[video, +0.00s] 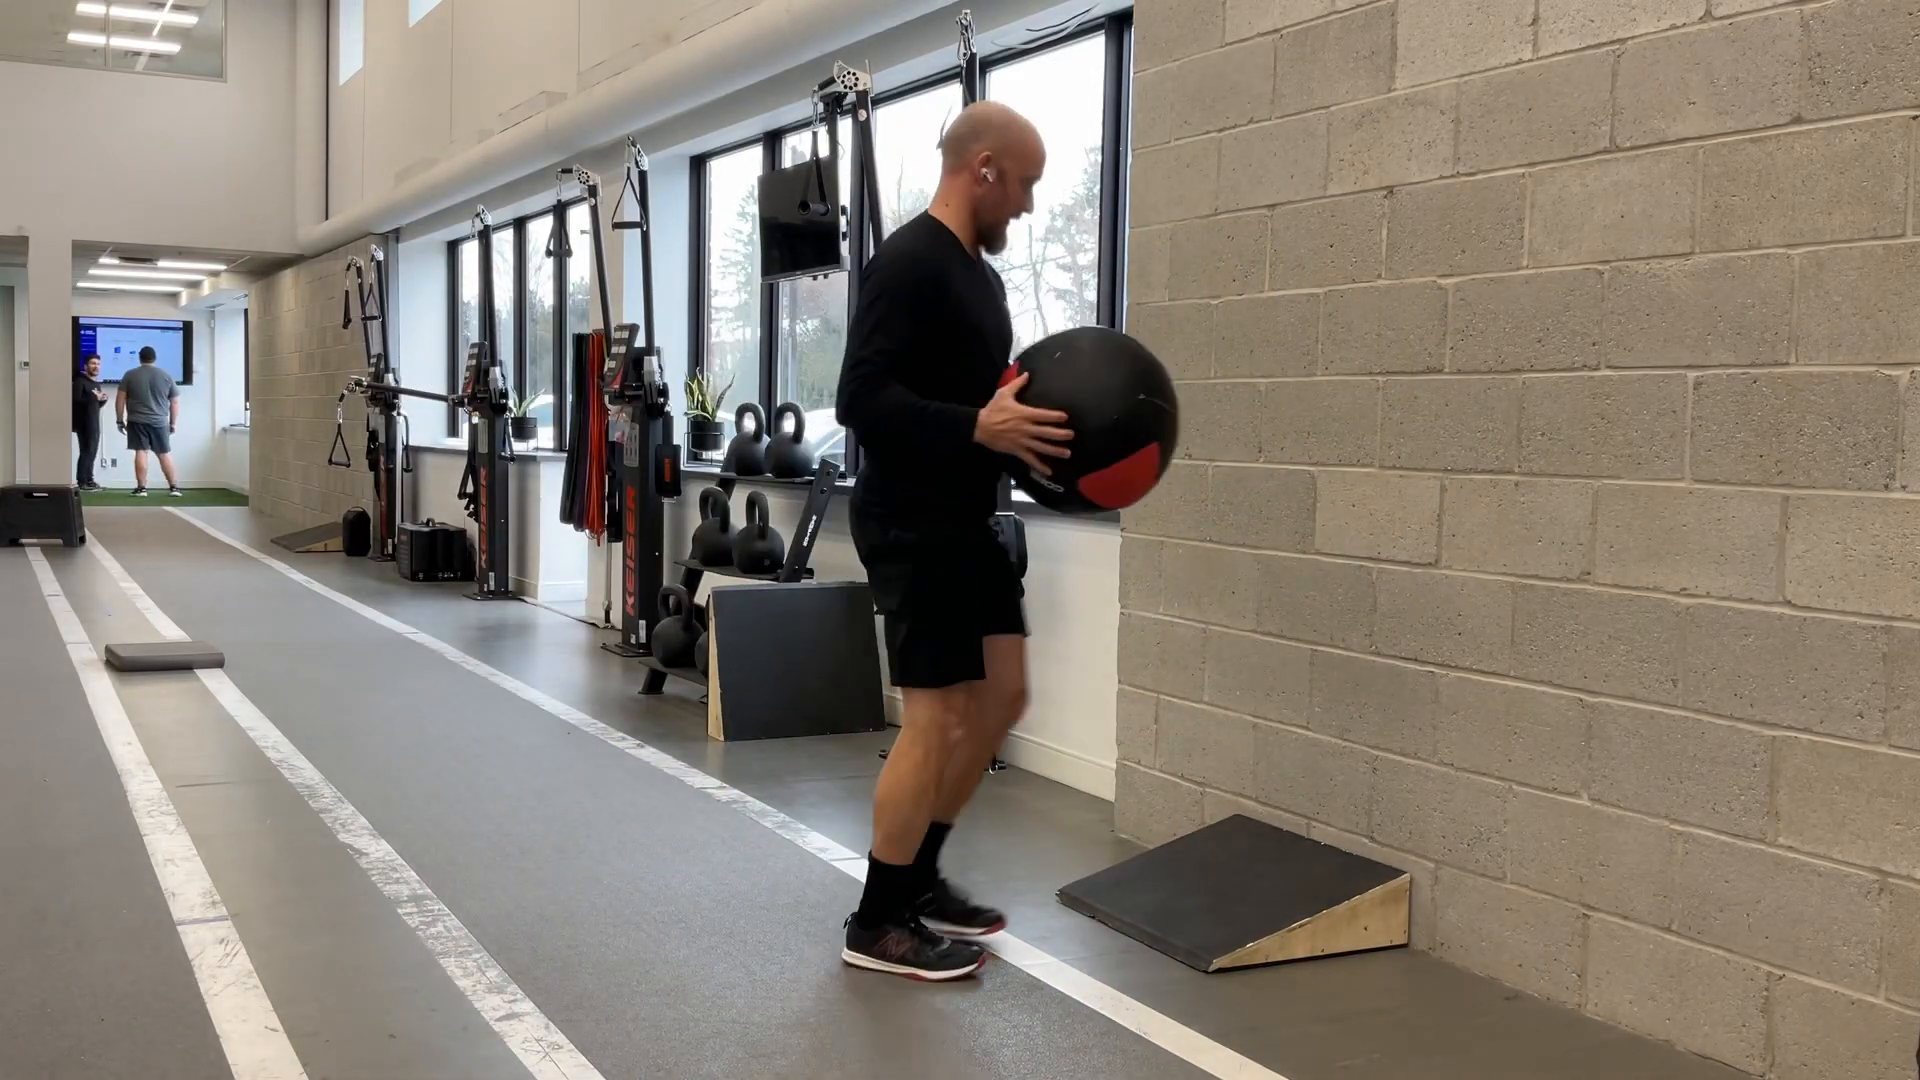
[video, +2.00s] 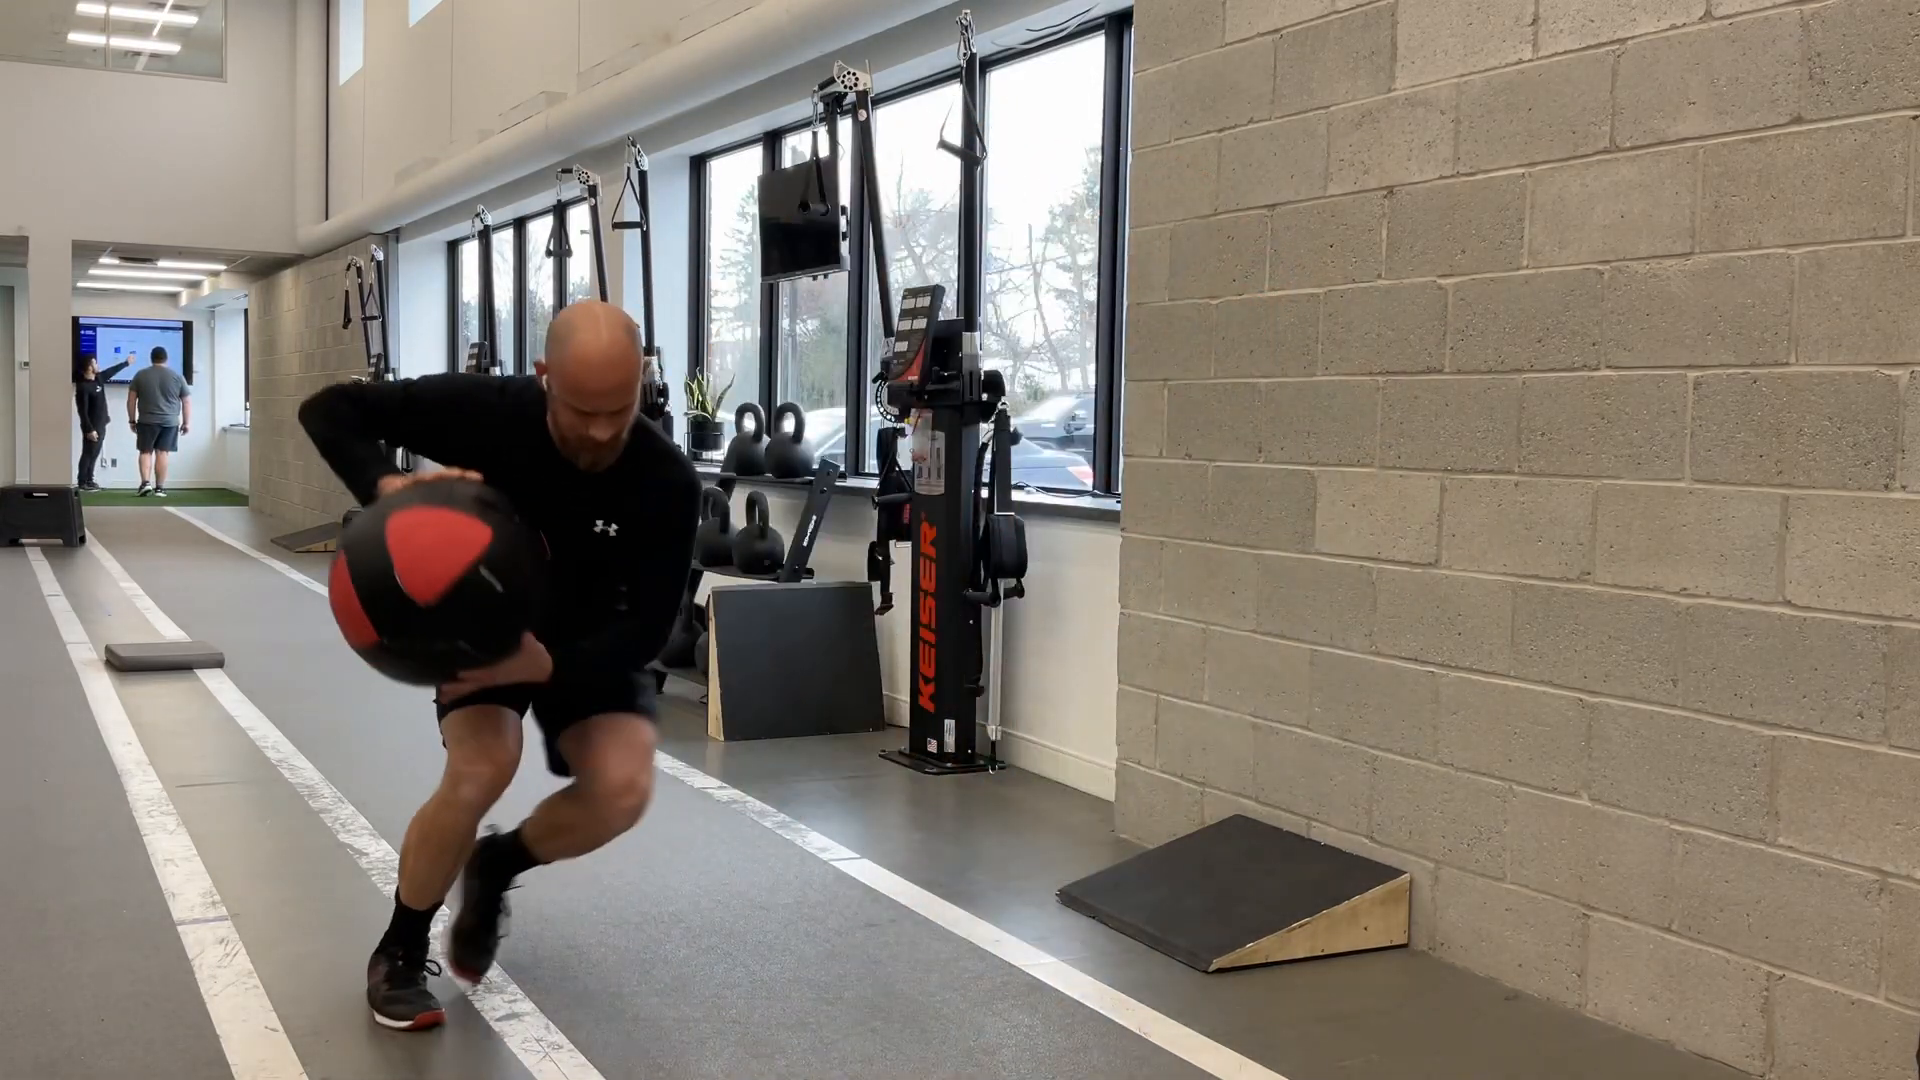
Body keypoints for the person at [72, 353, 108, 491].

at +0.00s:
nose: (96, 366)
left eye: (98, 364)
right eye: (93, 363)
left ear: (100, 366)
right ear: (86, 366)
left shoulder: (96, 384)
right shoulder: (80, 381)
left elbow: (97, 405)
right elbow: (78, 399)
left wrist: (103, 399)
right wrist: (94, 397)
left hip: (93, 421)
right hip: (83, 421)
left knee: (92, 451)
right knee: (86, 451)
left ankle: (89, 479)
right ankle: (83, 480)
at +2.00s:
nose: (97, 365)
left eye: (96, 363)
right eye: (94, 363)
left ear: (92, 366)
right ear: (89, 366)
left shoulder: (99, 378)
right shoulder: (83, 386)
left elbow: (112, 371)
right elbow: (83, 411)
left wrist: (126, 363)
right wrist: (89, 429)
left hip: (101, 422)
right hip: (91, 424)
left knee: (95, 454)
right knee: (88, 454)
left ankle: (89, 480)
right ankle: (83, 481)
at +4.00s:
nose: (97, 366)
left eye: (99, 364)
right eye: (94, 363)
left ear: (101, 366)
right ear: (88, 365)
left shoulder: (97, 384)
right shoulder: (81, 383)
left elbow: (98, 408)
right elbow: (79, 406)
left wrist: (102, 425)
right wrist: (83, 423)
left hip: (97, 425)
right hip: (87, 425)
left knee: (92, 454)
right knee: (85, 454)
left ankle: (89, 479)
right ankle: (82, 481)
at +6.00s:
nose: (99, 367)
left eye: (101, 364)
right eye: (96, 363)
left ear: (102, 367)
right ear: (89, 365)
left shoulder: (98, 385)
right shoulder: (81, 383)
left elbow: (99, 405)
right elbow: (78, 405)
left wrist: (104, 421)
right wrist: (81, 424)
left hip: (97, 424)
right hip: (87, 425)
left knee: (93, 454)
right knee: (85, 454)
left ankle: (89, 479)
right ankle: (82, 480)